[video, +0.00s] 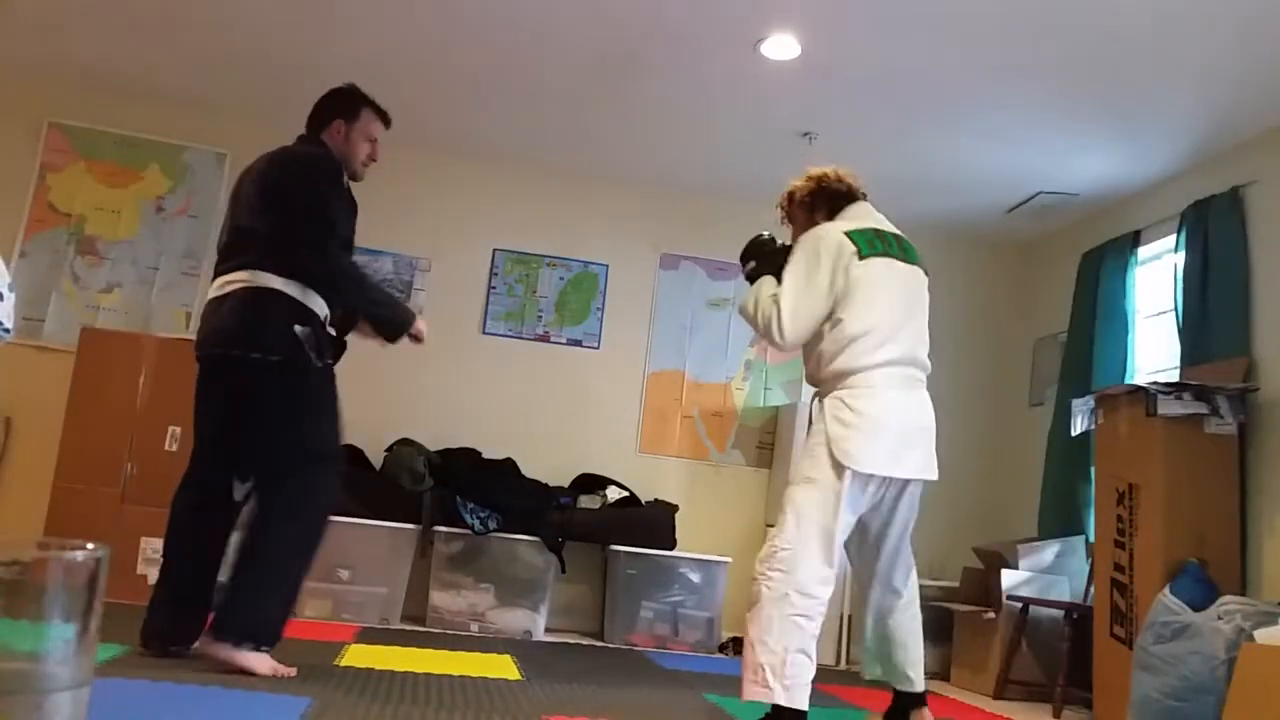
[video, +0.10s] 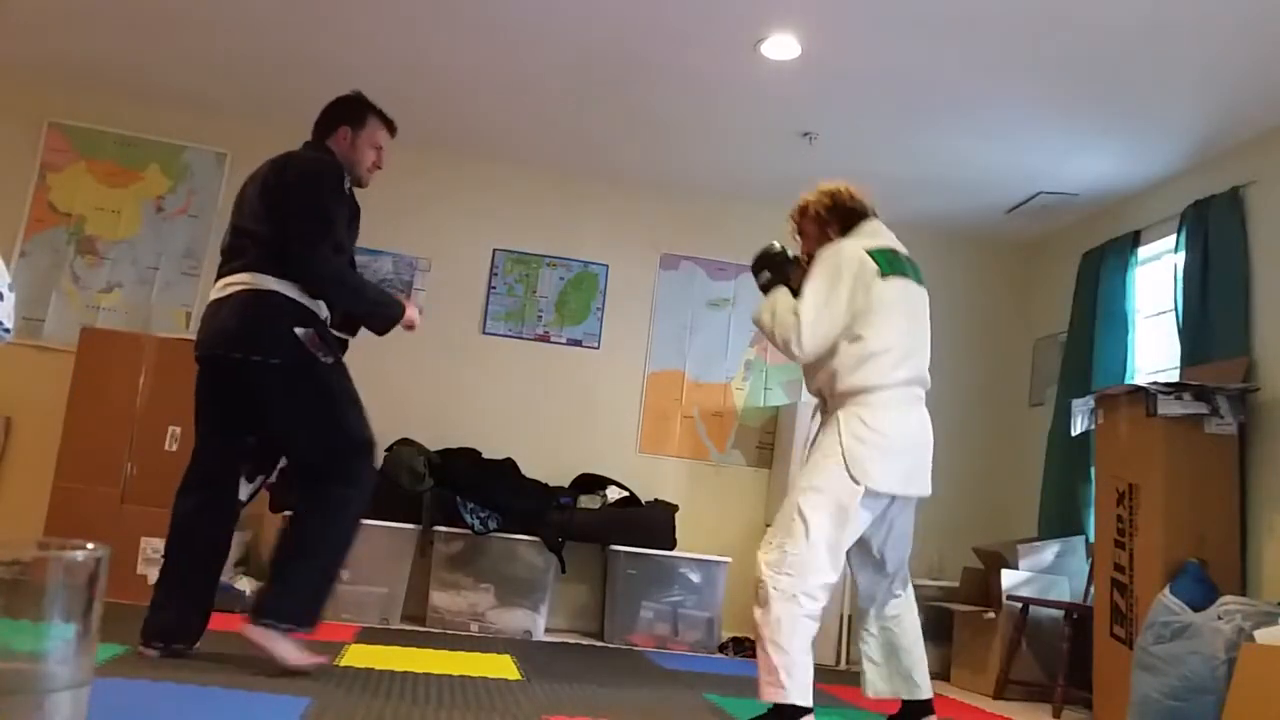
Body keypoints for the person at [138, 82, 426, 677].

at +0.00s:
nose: (377, 156)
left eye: (379, 144)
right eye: (372, 139)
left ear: (324, 131)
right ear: (336, 127)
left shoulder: (261, 169)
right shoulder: (321, 170)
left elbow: (283, 272)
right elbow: (326, 263)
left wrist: (354, 312)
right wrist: (400, 315)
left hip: (221, 330)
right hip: (277, 333)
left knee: (211, 478)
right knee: (306, 485)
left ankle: (170, 629)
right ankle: (240, 636)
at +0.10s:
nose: (380, 164)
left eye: (383, 153)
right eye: (376, 148)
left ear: (335, 139)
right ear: (343, 135)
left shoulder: (267, 175)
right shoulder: (321, 175)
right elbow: (324, 269)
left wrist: (356, 296)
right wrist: (393, 309)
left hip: (221, 329)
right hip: (279, 331)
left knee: (212, 480)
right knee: (346, 466)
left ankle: (168, 630)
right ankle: (279, 620)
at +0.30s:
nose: (406, 177)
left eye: (411, 167)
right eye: (403, 162)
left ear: (360, 150)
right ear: (372, 148)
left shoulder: (295, 183)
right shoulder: (347, 184)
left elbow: (313, 274)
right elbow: (342, 275)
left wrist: (394, 274)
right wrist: (415, 289)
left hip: (247, 338)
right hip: (306, 346)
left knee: (221, 488)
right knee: (353, 498)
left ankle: (167, 634)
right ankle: (369, 652)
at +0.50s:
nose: (432, 184)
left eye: (438, 173)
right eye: (431, 169)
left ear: (385, 155)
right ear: (401, 155)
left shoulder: (323, 188)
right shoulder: (388, 195)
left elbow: (361, 280)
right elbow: (404, 282)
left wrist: (430, 267)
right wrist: (475, 279)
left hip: (272, 344)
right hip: (337, 355)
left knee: (248, 487)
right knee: (377, 505)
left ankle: (170, 616)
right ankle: (368, 654)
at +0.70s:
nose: (429, 188)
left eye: (434, 178)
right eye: (428, 173)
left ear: (378, 159)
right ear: (395, 158)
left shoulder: (322, 193)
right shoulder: (382, 198)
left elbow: (356, 283)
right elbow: (389, 287)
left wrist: (425, 258)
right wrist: (460, 275)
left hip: (269, 345)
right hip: (332, 354)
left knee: (235, 488)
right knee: (391, 495)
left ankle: (150, 628)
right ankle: (372, 652)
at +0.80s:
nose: (426, 194)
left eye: (429, 184)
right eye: (424, 179)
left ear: (377, 165)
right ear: (392, 165)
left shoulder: (316, 199)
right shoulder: (376, 202)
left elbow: (349, 292)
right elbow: (380, 292)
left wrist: (418, 264)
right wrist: (448, 277)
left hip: (264, 349)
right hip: (328, 354)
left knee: (228, 486)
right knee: (408, 481)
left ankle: (143, 626)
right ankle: (389, 634)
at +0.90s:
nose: (434, 196)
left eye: (437, 186)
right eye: (432, 182)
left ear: (390, 167)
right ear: (402, 166)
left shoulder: (324, 199)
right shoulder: (385, 204)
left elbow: (358, 289)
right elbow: (389, 292)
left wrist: (427, 265)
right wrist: (458, 277)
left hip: (271, 354)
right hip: (335, 360)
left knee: (229, 490)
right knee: (401, 493)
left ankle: (141, 628)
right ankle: (397, 647)